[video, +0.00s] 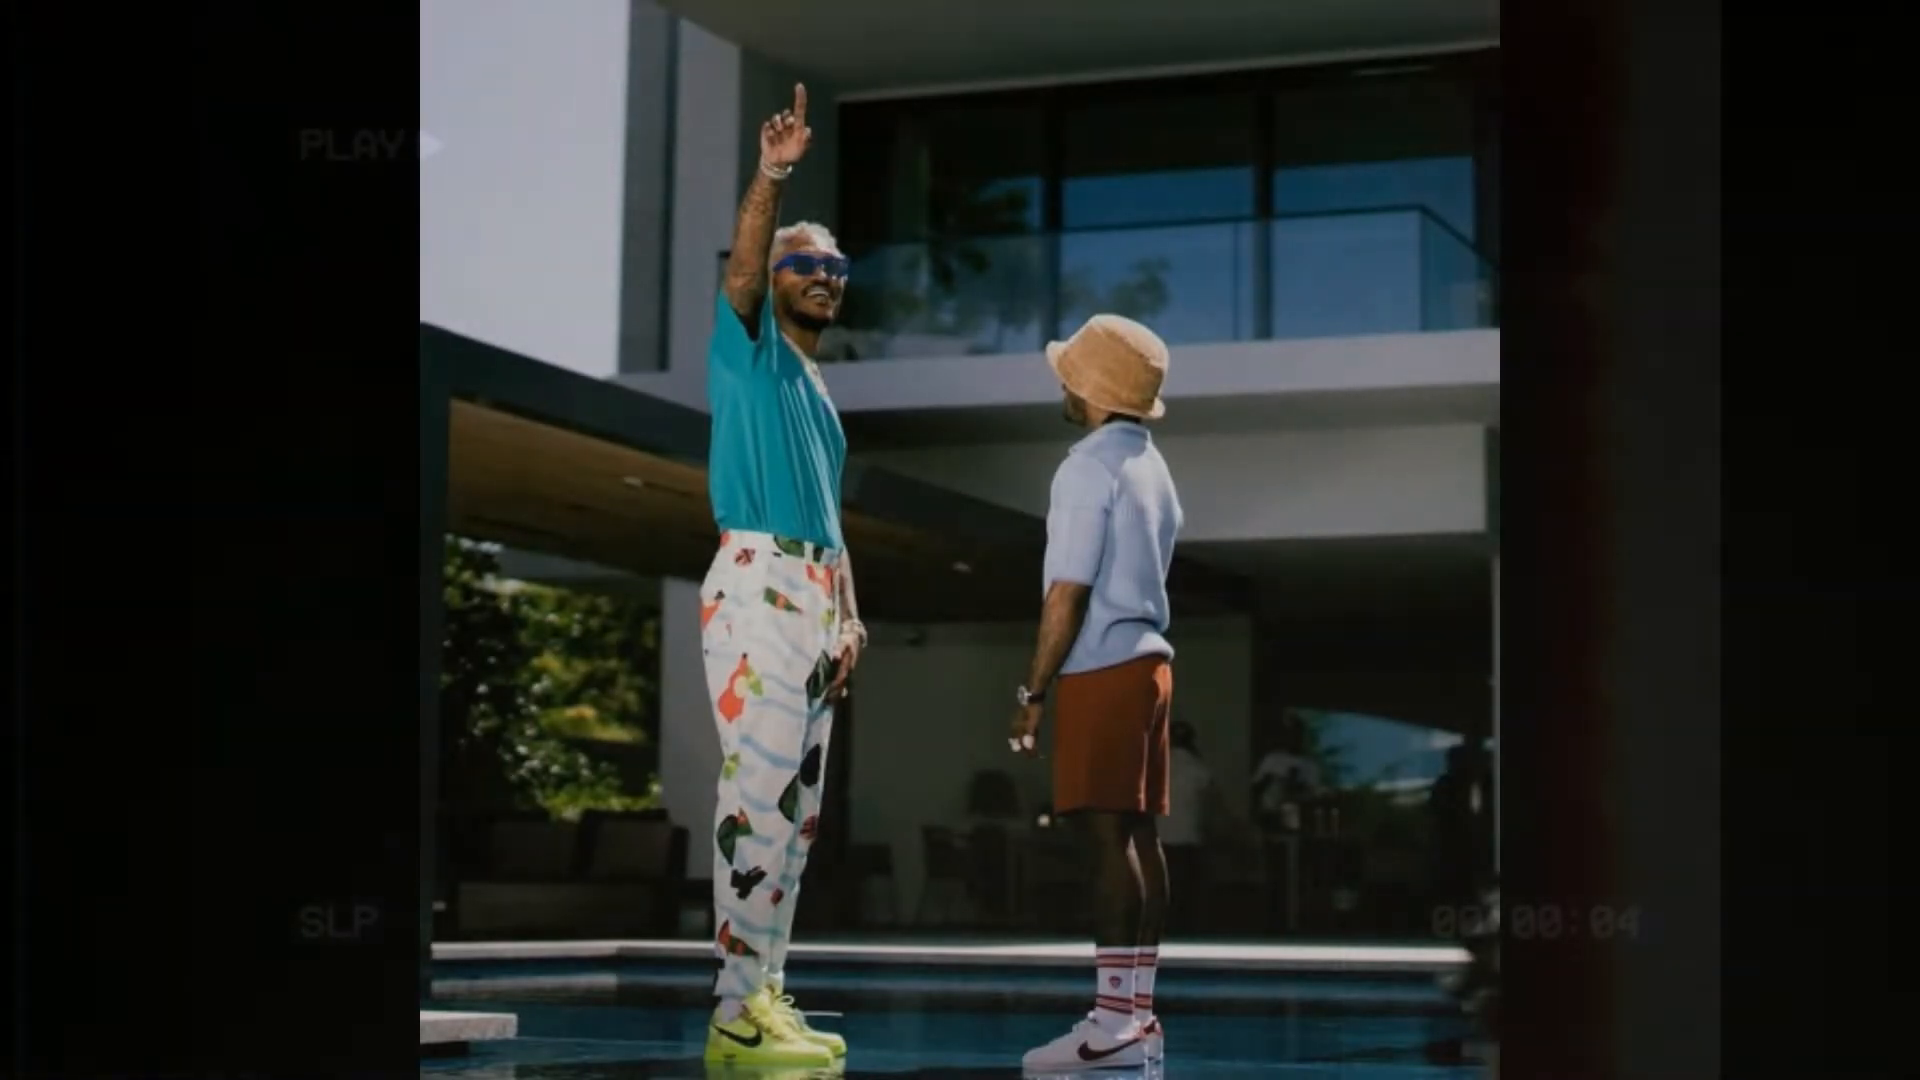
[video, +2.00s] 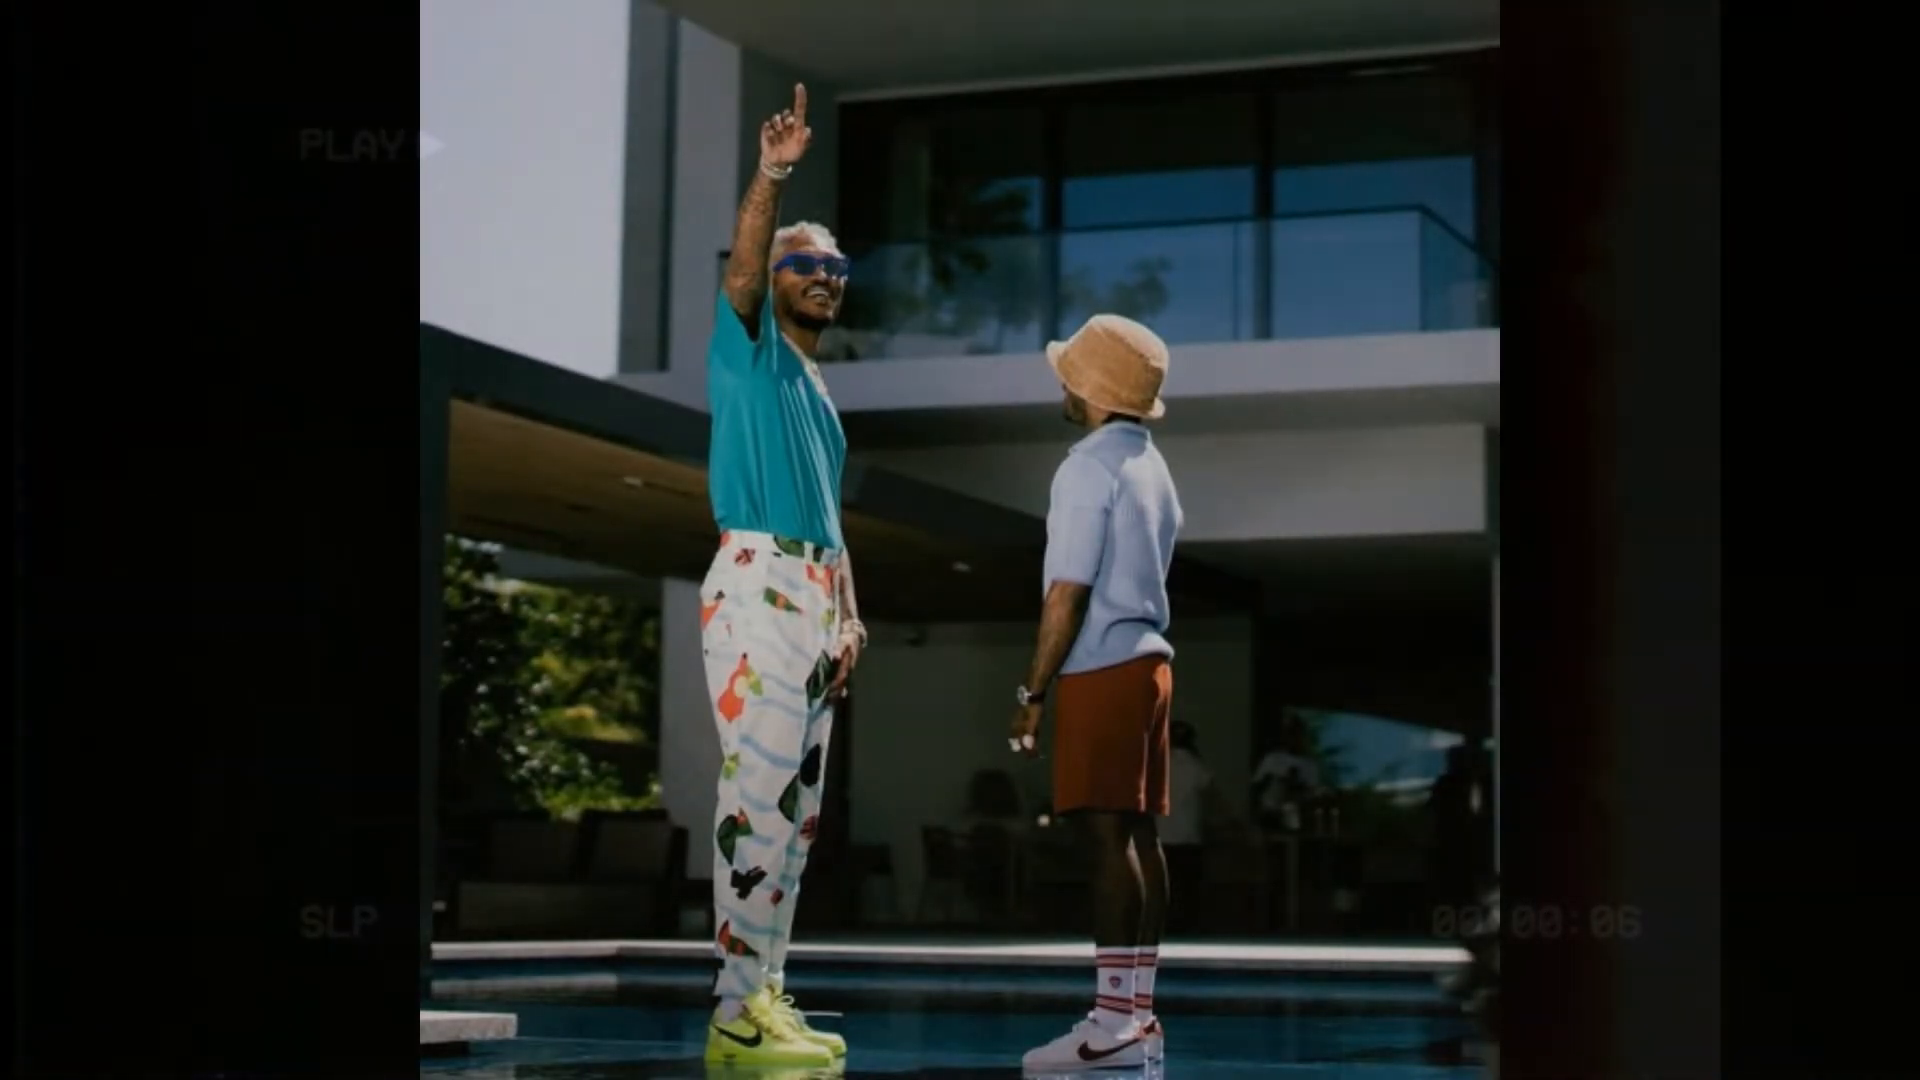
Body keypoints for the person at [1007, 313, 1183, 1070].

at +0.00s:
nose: (1064, 388)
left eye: (1072, 379)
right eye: (1069, 377)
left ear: (1090, 391)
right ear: (1132, 394)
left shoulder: (1087, 469)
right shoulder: (1148, 463)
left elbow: (1067, 596)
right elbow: (1147, 579)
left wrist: (1031, 691)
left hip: (1104, 669)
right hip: (1147, 665)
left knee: (1107, 838)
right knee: (1139, 837)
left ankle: (1116, 1015)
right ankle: (1135, 1011)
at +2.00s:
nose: (1064, 388)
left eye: (1072, 378)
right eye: (1069, 376)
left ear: (1091, 391)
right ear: (1131, 394)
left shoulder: (1088, 468)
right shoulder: (1148, 463)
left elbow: (1067, 595)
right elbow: (1147, 577)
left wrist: (1031, 691)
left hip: (1104, 670)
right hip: (1146, 666)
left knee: (1108, 838)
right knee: (1139, 837)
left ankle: (1116, 1014)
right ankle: (1135, 1011)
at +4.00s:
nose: (1064, 387)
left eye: (1072, 377)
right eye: (1068, 376)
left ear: (1092, 390)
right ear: (1130, 394)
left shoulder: (1088, 468)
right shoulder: (1148, 463)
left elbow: (1067, 594)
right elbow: (1149, 576)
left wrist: (1032, 691)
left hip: (1104, 669)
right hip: (1146, 665)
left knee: (1108, 838)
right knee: (1139, 838)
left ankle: (1116, 1015)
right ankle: (1135, 1012)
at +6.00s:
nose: (1064, 388)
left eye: (1072, 378)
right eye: (1068, 376)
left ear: (1093, 390)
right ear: (1130, 394)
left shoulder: (1088, 468)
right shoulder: (1147, 463)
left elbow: (1068, 594)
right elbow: (1147, 579)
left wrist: (1032, 691)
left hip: (1104, 669)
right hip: (1146, 665)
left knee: (1109, 838)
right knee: (1140, 838)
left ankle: (1116, 1015)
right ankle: (1135, 1012)